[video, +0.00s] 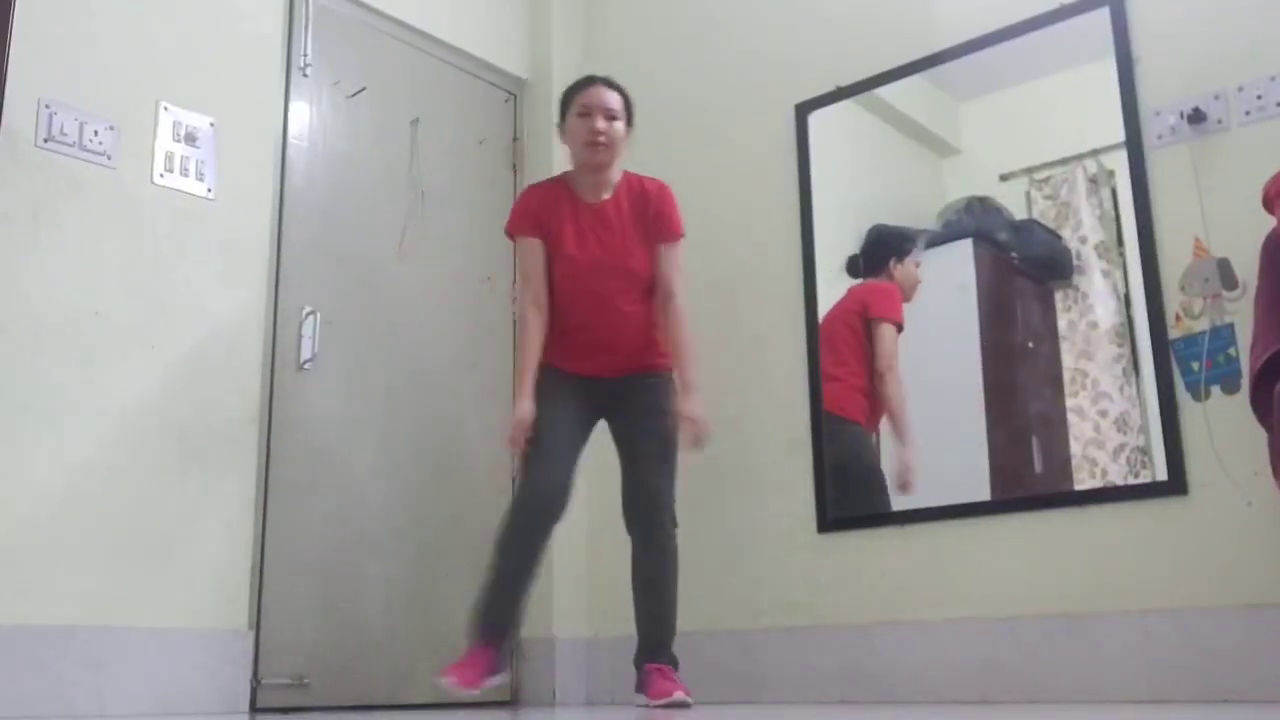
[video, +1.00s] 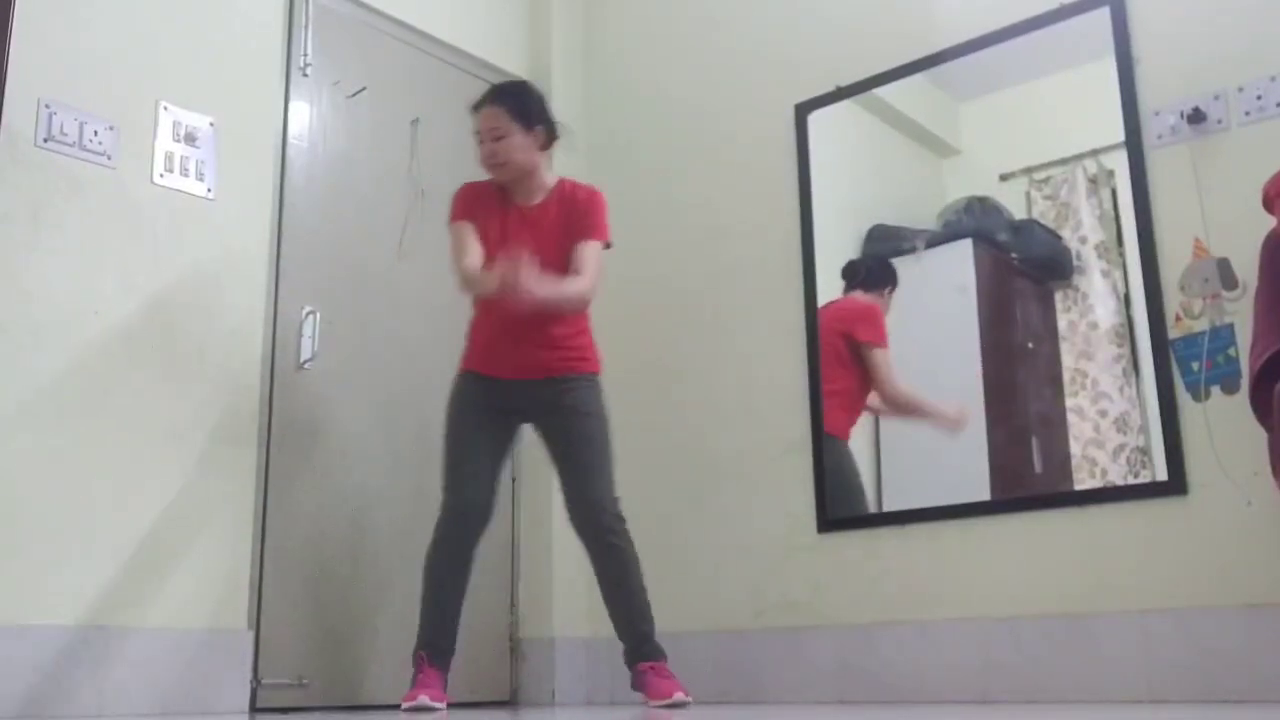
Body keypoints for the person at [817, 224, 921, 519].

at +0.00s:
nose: (919, 276)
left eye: (919, 266)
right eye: (915, 265)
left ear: (874, 269)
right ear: (893, 266)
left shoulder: (853, 299)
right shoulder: (882, 292)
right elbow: (884, 372)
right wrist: (904, 447)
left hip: (823, 421)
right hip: (842, 423)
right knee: (872, 524)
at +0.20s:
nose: (930, 267)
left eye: (929, 258)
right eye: (926, 257)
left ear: (904, 259)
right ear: (904, 259)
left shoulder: (863, 290)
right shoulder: (893, 284)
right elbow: (854, 319)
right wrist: (831, 383)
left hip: (833, 415)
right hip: (851, 417)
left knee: (863, 524)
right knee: (875, 521)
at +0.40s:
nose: (931, 269)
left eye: (929, 259)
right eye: (926, 258)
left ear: (902, 261)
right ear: (905, 261)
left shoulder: (866, 290)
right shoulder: (896, 287)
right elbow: (858, 318)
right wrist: (846, 388)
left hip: (830, 410)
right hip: (852, 413)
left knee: (860, 521)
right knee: (871, 520)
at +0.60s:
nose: (922, 277)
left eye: (922, 268)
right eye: (920, 268)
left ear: (874, 267)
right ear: (904, 267)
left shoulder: (849, 302)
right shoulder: (892, 293)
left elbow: (843, 398)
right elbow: (895, 370)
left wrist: (894, 450)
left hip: (818, 425)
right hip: (850, 427)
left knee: (858, 534)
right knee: (885, 532)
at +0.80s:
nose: (909, 281)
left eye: (909, 272)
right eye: (910, 272)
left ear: (865, 265)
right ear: (901, 268)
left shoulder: (838, 298)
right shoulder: (886, 294)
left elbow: (871, 381)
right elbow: (919, 374)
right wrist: (962, 371)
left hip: (817, 414)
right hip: (845, 418)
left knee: (837, 520)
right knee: (864, 518)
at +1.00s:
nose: (888, 308)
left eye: (891, 300)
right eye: (891, 299)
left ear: (852, 285)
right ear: (886, 291)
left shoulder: (825, 313)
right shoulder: (866, 310)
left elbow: (866, 400)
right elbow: (889, 393)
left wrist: (929, 415)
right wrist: (943, 414)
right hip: (826, 440)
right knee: (857, 531)